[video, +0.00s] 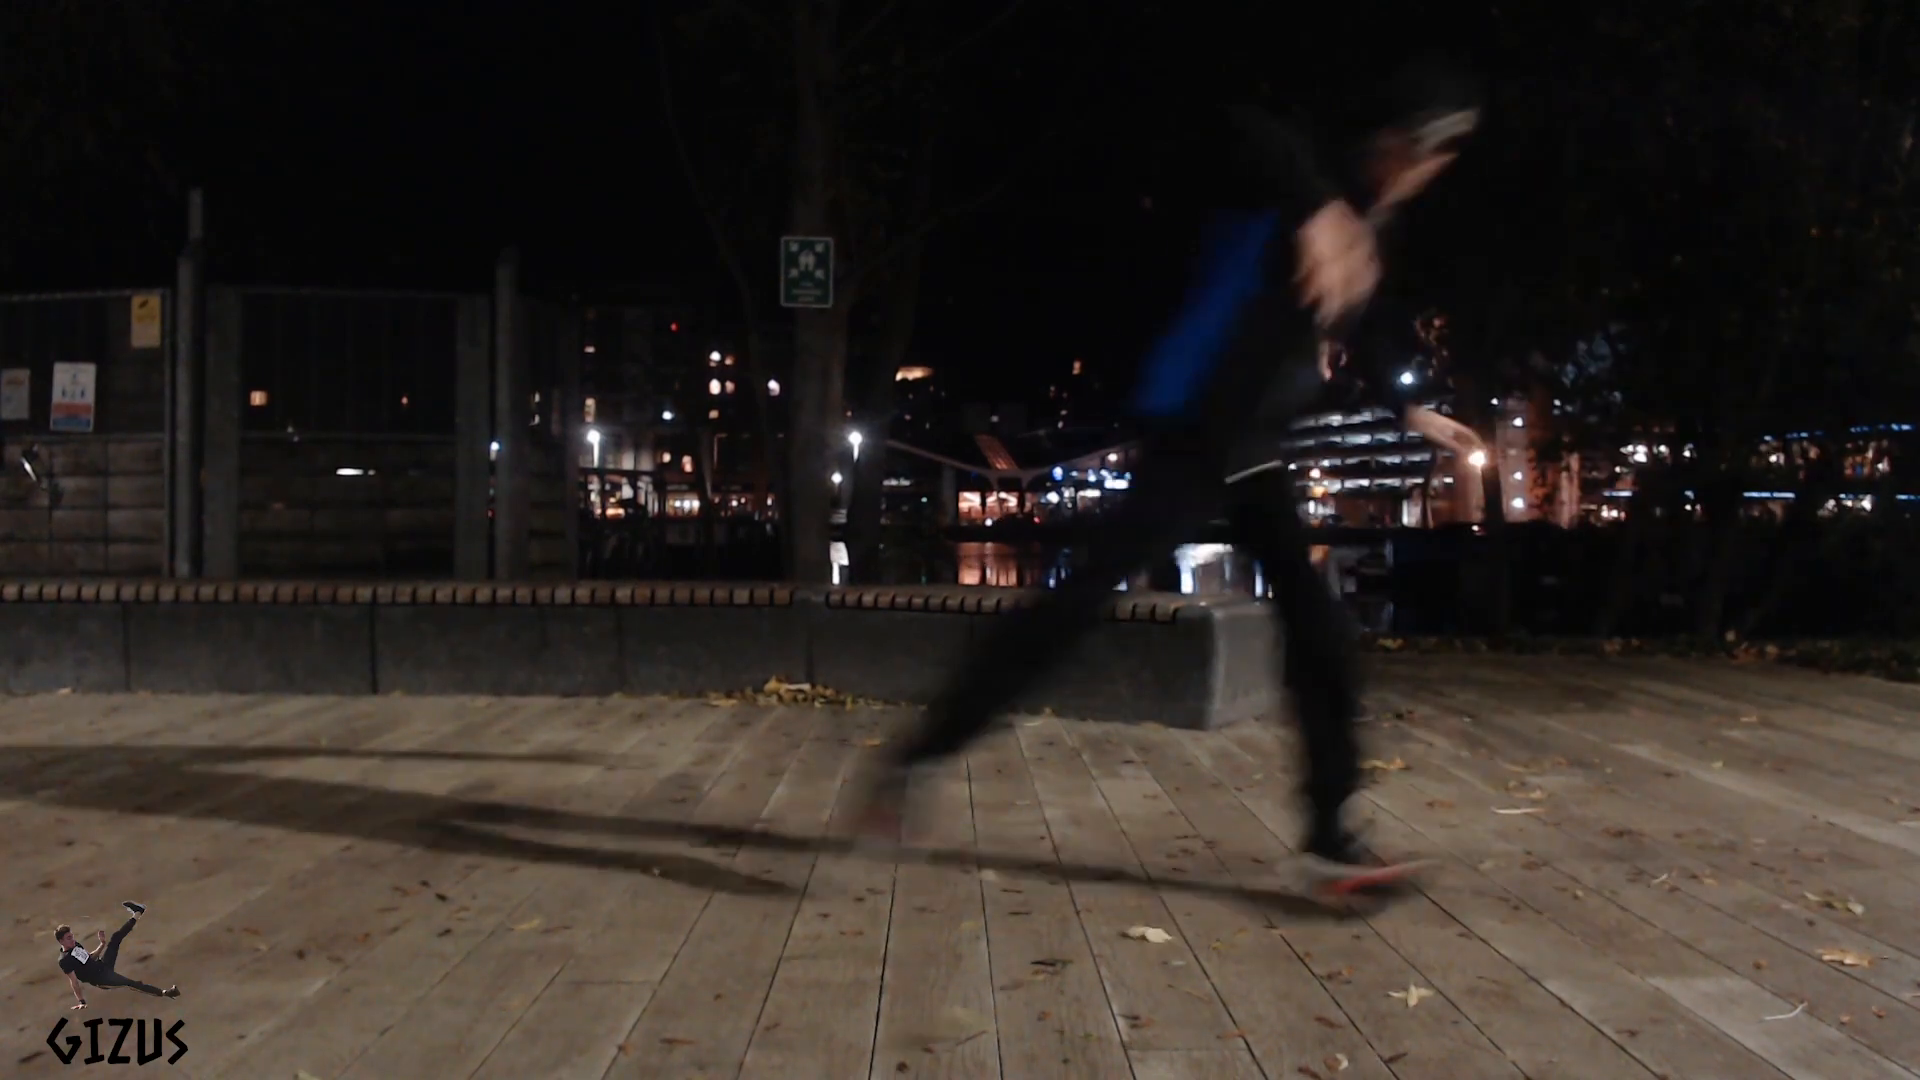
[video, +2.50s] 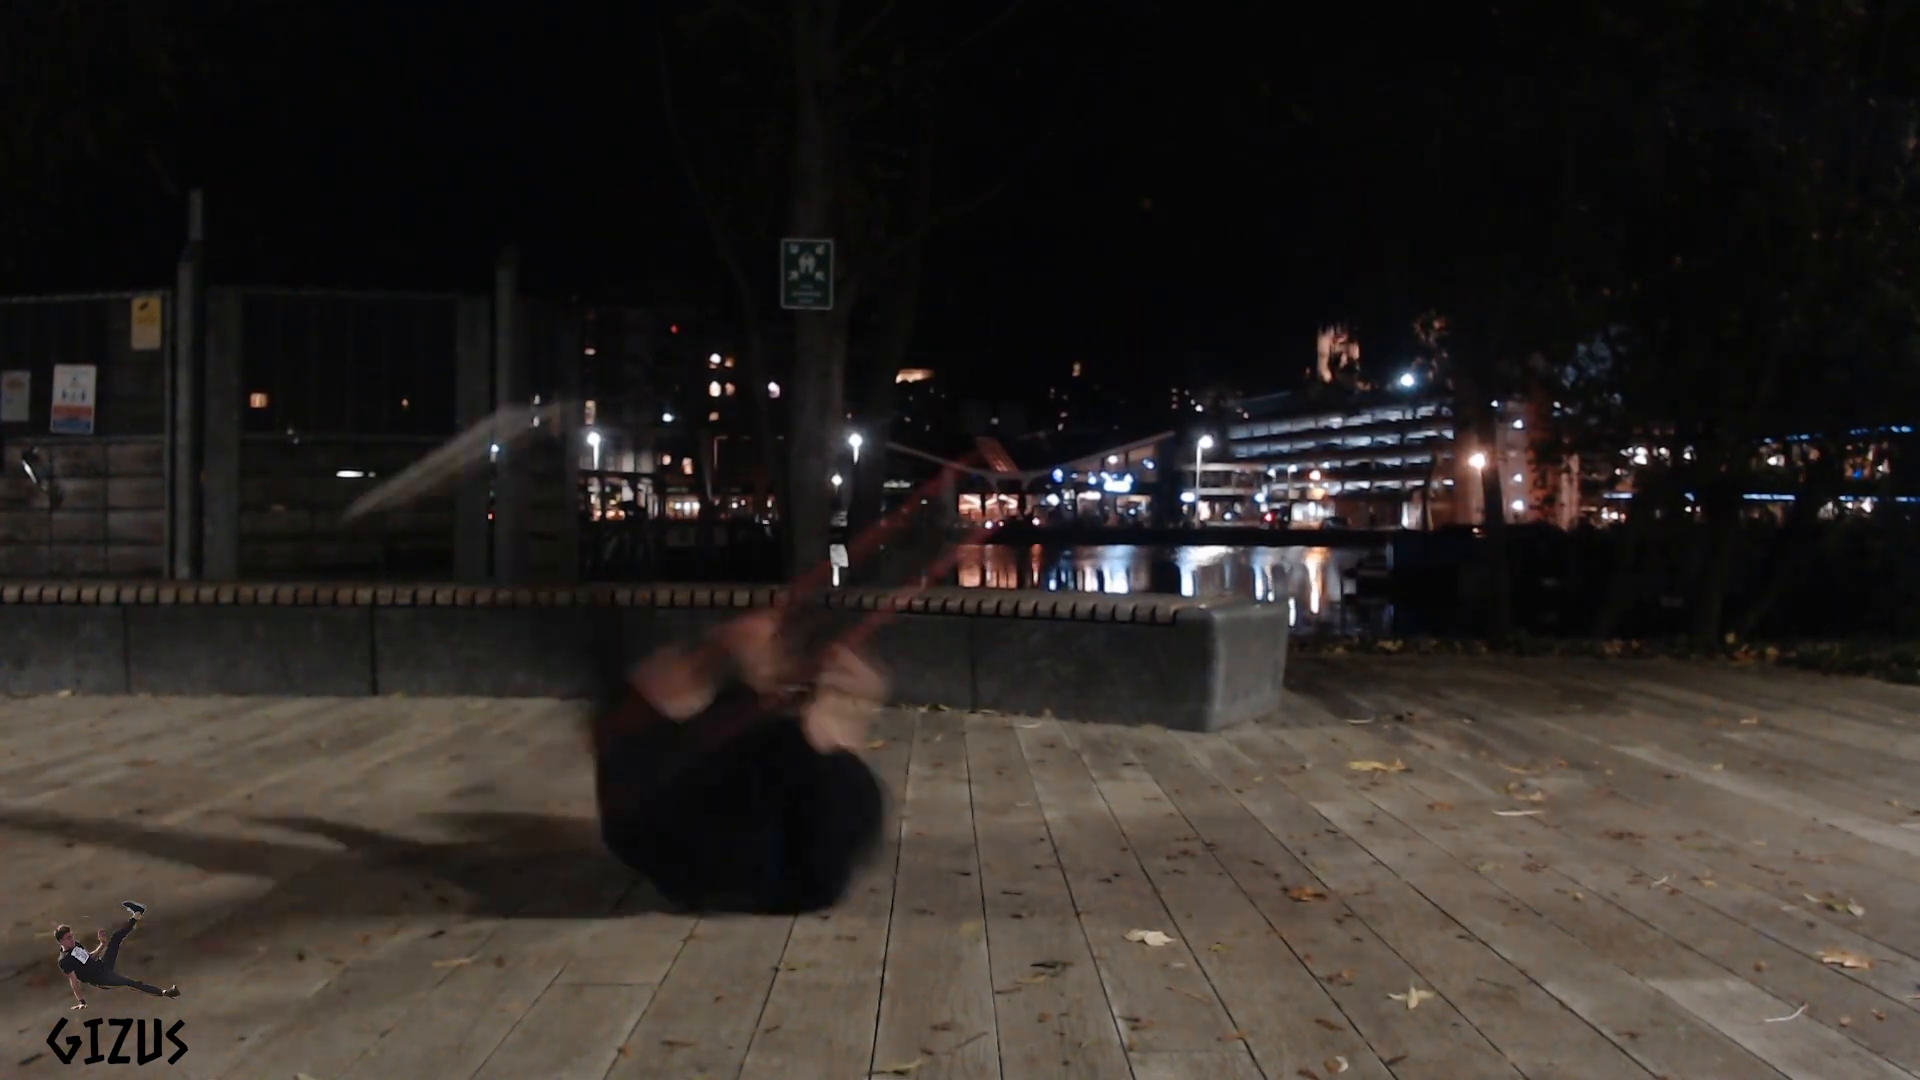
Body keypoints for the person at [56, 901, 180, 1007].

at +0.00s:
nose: (73, 939)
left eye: (72, 936)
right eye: (69, 938)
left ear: (71, 937)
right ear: (61, 941)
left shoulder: (76, 946)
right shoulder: (64, 960)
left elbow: (91, 958)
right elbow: (74, 982)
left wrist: (102, 945)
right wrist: (81, 1001)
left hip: (104, 965)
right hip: (102, 978)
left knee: (115, 939)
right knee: (132, 983)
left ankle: (136, 916)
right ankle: (165, 993)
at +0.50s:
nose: (73, 939)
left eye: (72, 936)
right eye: (69, 938)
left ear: (71, 937)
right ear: (61, 942)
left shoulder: (76, 946)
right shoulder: (64, 960)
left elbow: (91, 957)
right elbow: (74, 982)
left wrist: (102, 944)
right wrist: (81, 1001)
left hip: (104, 964)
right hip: (102, 977)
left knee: (115, 939)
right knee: (132, 983)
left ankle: (136, 916)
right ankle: (164, 993)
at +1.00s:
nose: (73, 939)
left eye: (72, 936)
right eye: (69, 938)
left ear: (71, 937)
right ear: (61, 942)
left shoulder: (76, 946)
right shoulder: (64, 960)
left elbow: (91, 957)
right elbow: (74, 982)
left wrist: (102, 944)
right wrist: (81, 1001)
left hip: (104, 965)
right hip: (102, 978)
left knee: (115, 939)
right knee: (132, 983)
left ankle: (136, 916)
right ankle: (164, 993)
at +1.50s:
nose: (73, 939)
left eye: (72, 936)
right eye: (69, 938)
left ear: (71, 936)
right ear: (61, 941)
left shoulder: (75, 946)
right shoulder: (64, 960)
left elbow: (91, 957)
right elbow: (74, 982)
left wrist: (102, 945)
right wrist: (81, 1002)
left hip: (104, 965)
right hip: (102, 978)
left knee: (115, 939)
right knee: (133, 983)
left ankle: (135, 917)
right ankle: (164, 993)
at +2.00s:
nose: (73, 939)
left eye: (72, 936)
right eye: (69, 938)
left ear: (71, 936)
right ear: (61, 942)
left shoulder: (76, 946)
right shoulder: (64, 960)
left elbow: (91, 957)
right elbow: (74, 982)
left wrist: (102, 944)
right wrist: (81, 1001)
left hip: (104, 965)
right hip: (102, 978)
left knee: (116, 938)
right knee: (133, 983)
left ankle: (135, 917)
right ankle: (165, 993)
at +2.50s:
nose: (73, 939)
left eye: (72, 936)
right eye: (69, 937)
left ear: (70, 937)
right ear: (61, 941)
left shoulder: (76, 946)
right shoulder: (64, 961)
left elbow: (91, 958)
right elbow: (74, 982)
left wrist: (102, 945)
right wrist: (81, 1001)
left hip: (104, 964)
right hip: (102, 978)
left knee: (115, 939)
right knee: (131, 983)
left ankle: (135, 917)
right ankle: (164, 993)